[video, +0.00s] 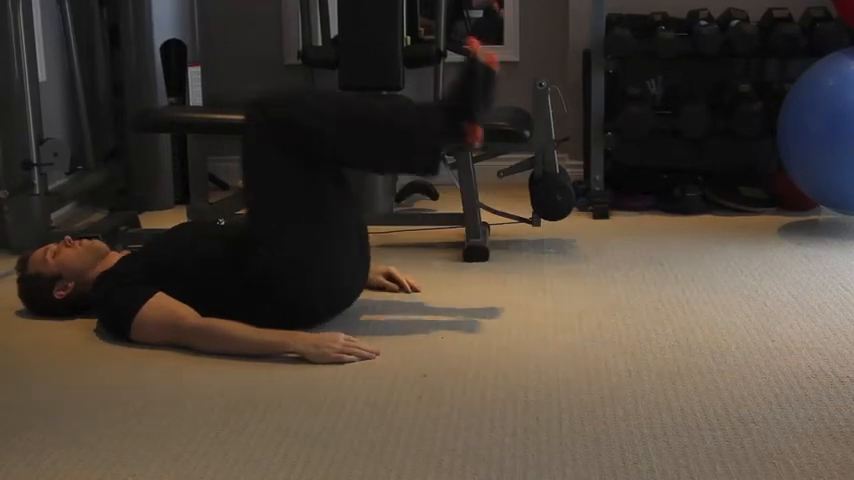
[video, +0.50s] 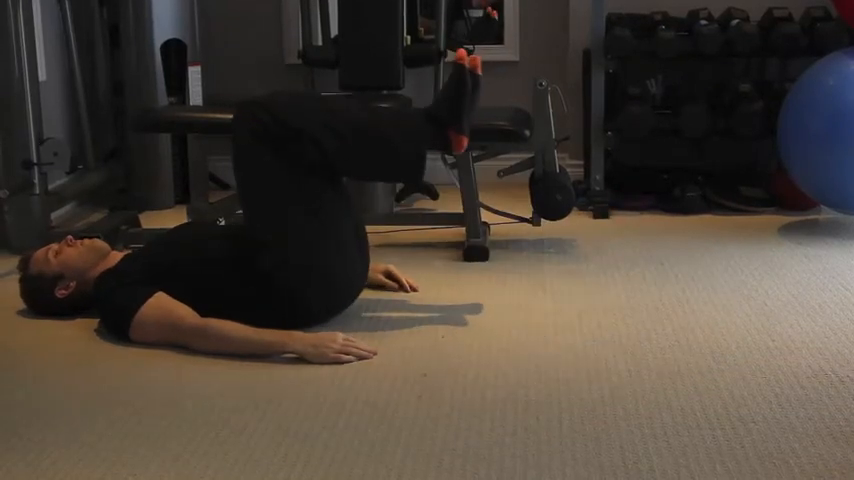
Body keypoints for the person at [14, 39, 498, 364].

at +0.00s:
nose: (73, 236)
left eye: (61, 237)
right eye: (58, 249)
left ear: (83, 245)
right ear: (66, 287)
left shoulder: (144, 251)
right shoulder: (116, 299)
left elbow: (247, 247)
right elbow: (199, 331)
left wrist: (356, 275)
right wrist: (304, 343)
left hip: (315, 270)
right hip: (293, 291)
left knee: (285, 114)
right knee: (273, 118)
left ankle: (447, 121)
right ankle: (445, 129)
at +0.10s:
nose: (63, 237)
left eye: (54, 237)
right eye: (52, 250)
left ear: (78, 239)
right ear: (64, 288)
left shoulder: (144, 251)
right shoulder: (113, 294)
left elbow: (245, 251)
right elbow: (196, 331)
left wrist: (352, 273)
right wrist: (295, 344)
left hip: (310, 264)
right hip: (289, 282)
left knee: (267, 113)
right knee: (254, 118)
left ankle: (421, 111)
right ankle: (422, 119)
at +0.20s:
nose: (63, 236)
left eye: (53, 237)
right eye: (51, 249)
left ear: (78, 241)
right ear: (63, 288)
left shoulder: (145, 252)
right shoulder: (112, 294)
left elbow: (244, 244)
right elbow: (193, 330)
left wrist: (350, 272)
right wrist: (292, 343)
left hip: (311, 263)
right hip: (288, 282)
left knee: (255, 115)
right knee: (246, 117)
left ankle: (412, 116)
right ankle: (414, 124)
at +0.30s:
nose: (66, 236)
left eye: (55, 237)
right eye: (53, 250)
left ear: (79, 244)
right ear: (63, 288)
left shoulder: (141, 252)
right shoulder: (112, 295)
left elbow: (243, 252)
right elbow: (193, 330)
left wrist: (354, 276)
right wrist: (294, 343)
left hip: (310, 265)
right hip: (289, 285)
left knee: (258, 116)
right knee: (247, 118)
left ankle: (416, 118)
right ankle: (416, 124)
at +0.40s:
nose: (70, 236)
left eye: (59, 237)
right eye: (57, 249)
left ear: (82, 244)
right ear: (66, 287)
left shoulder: (142, 250)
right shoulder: (115, 298)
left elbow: (244, 250)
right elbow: (198, 331)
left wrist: (355, 274)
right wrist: (301, 344)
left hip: (315, 263)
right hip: (293, 285)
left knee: (267, 117)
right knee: (255, 121)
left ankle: (425, 121)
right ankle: (425, 130)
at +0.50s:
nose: (70, 235)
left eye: (60, 237)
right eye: (57, 250)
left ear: (81, 245)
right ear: (67, 287)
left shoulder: (143, 250)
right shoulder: (117, 298)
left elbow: (245, 251)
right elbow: (200, 332)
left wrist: (356, 273)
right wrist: (303, 344)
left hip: (314, 265)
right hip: (297, 288)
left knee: (274, 119)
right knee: (260, 121)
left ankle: (431, 125)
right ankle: (433, 132)